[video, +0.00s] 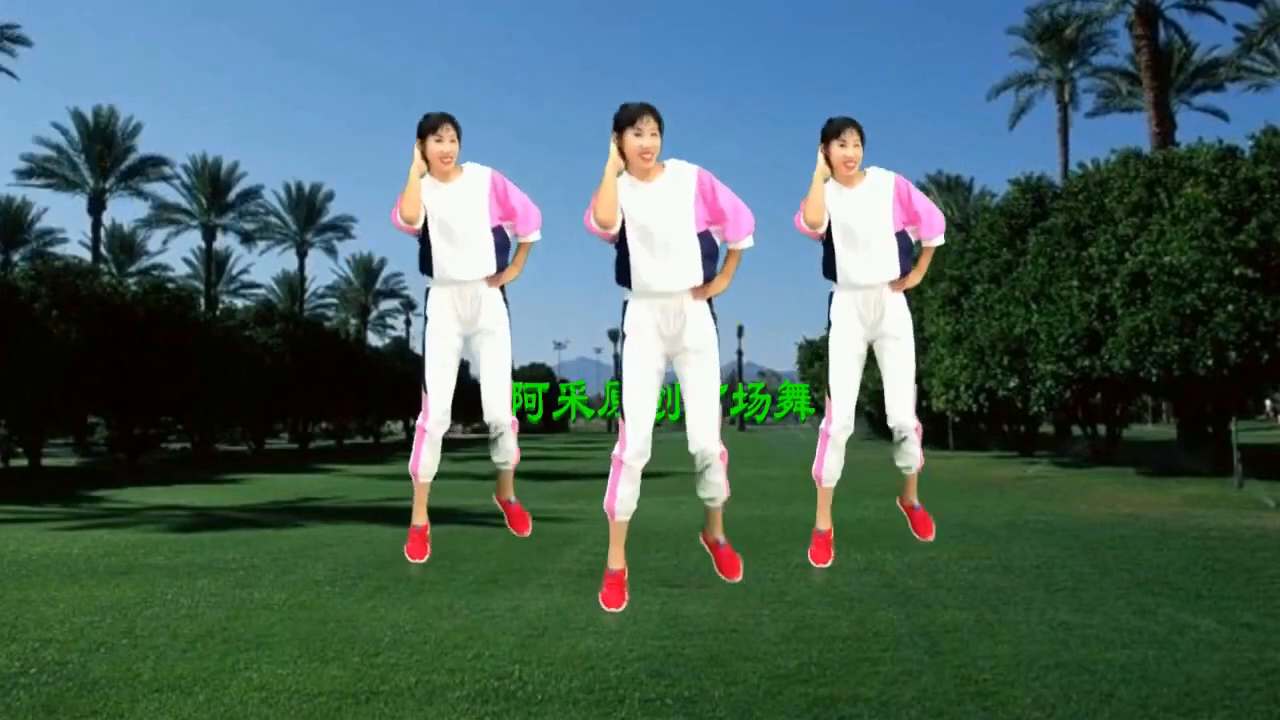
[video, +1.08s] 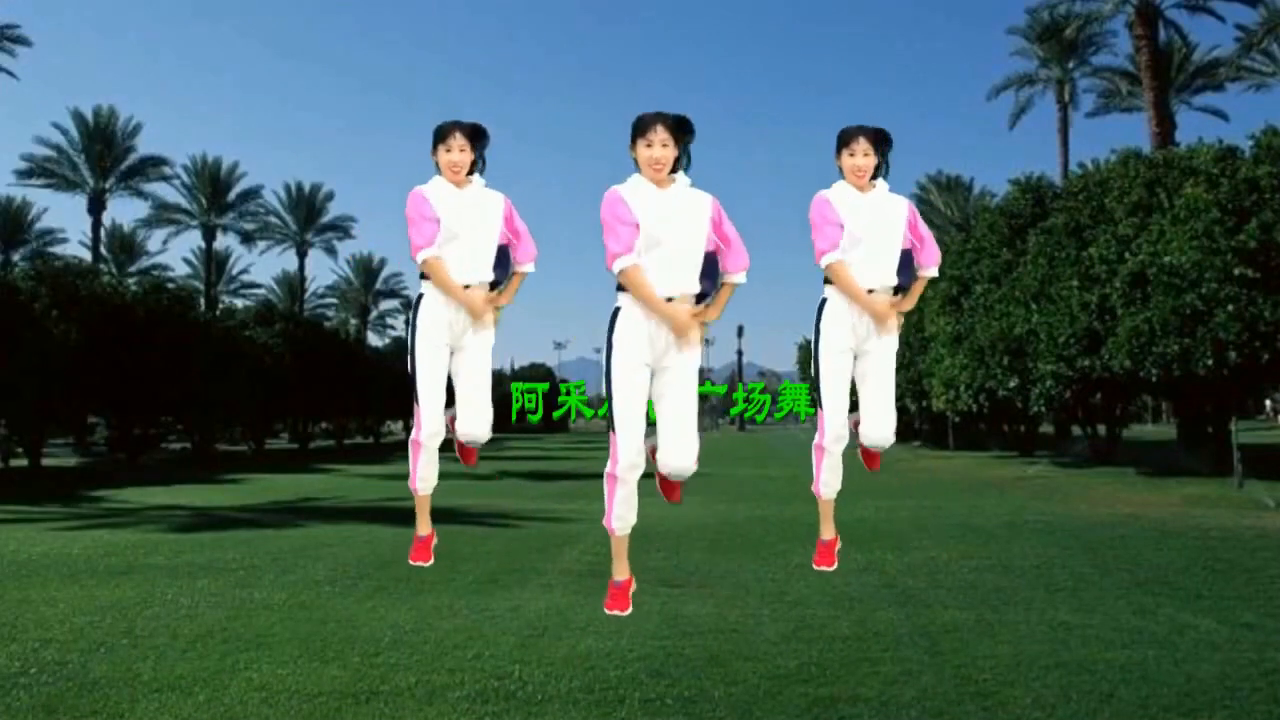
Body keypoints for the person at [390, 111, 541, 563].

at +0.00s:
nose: (445, 147)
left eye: (450, 140)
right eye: (437, 141)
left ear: (459, 145)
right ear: (422, 148)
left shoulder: (485, 180)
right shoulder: (418, 190)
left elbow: (529, 220)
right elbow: (410, 219)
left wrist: (513, 269)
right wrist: (416, 167)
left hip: (487, 295)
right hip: (443, 299)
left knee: (498, 414)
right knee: (435, 413)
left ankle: (506, 494)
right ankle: (419, 517)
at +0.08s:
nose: (444, 146)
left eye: (449, 139)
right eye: (435, 140)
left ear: (458, 144)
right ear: (421, 148)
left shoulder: (485, 178)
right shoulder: (418, 188)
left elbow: (528, 220)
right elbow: (410, 219)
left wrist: (513, 272)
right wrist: (415, 167)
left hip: (483, 292)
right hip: (439, 295)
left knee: (489, 417)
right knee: (435, 412)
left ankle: (482, 459)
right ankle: (425, 517)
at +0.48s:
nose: (454, 155)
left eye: (457, 147)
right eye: (444, 148)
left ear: (465, 153)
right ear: (428, 157)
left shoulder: (491, 196)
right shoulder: (420, 200)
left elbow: (527, 243)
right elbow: (456, 213)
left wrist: (512, 286)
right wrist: (450, 157)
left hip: (484, 304)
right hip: (440, 305)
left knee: (494, 425)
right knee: (436, 423)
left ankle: (492, 489)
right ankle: (427, 525)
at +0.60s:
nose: (457, 159)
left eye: (464, 153)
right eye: (449, 152)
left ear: (473, 160)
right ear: (434, 159)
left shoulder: (495, 198)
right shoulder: (426, 201)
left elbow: (532, 243)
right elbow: (472, 209)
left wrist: (521, 283)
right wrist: (502, 162)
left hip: (497, 304)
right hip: (454, 307)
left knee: (507, 421)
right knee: (451, 427)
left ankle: (517, 517)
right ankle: (431, 527)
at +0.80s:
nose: (463, 175)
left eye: (469, 169)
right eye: (455, 168)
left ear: (477, 176)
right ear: (440, 176)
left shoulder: (497, 218)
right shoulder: (433, 219)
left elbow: (539, 262)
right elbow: (478, 239)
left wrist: (521, 307)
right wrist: (534, 216)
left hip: (501, 333)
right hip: (457, 334)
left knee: (507, 437)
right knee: (458, 443)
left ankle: (516, 521)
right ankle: (431, 531)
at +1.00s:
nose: (459, 144)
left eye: (466, 137)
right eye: (451, 137)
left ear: (476, 144)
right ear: (438, 144)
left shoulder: (497, 189)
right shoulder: (427, 184)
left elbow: (528, 240)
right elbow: (445, 236)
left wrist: (512, 272)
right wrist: (492, 268)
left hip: (483, 300)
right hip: (439, 298)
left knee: (490, 417)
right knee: (434, 413)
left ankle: (482, 464)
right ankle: (423, 520)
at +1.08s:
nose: (457, 157)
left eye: (464, 150)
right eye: (449, 150)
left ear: (476, 156)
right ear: (435, 156)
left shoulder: (497, 202)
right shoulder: (423, 197)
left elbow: (526, 254)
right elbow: (427, 259)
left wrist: (504, 297)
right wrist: (467, 298)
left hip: (478, 313)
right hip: (434, 311)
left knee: (476, 430)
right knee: (430, 424)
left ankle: (461, 434)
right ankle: (424, 528)